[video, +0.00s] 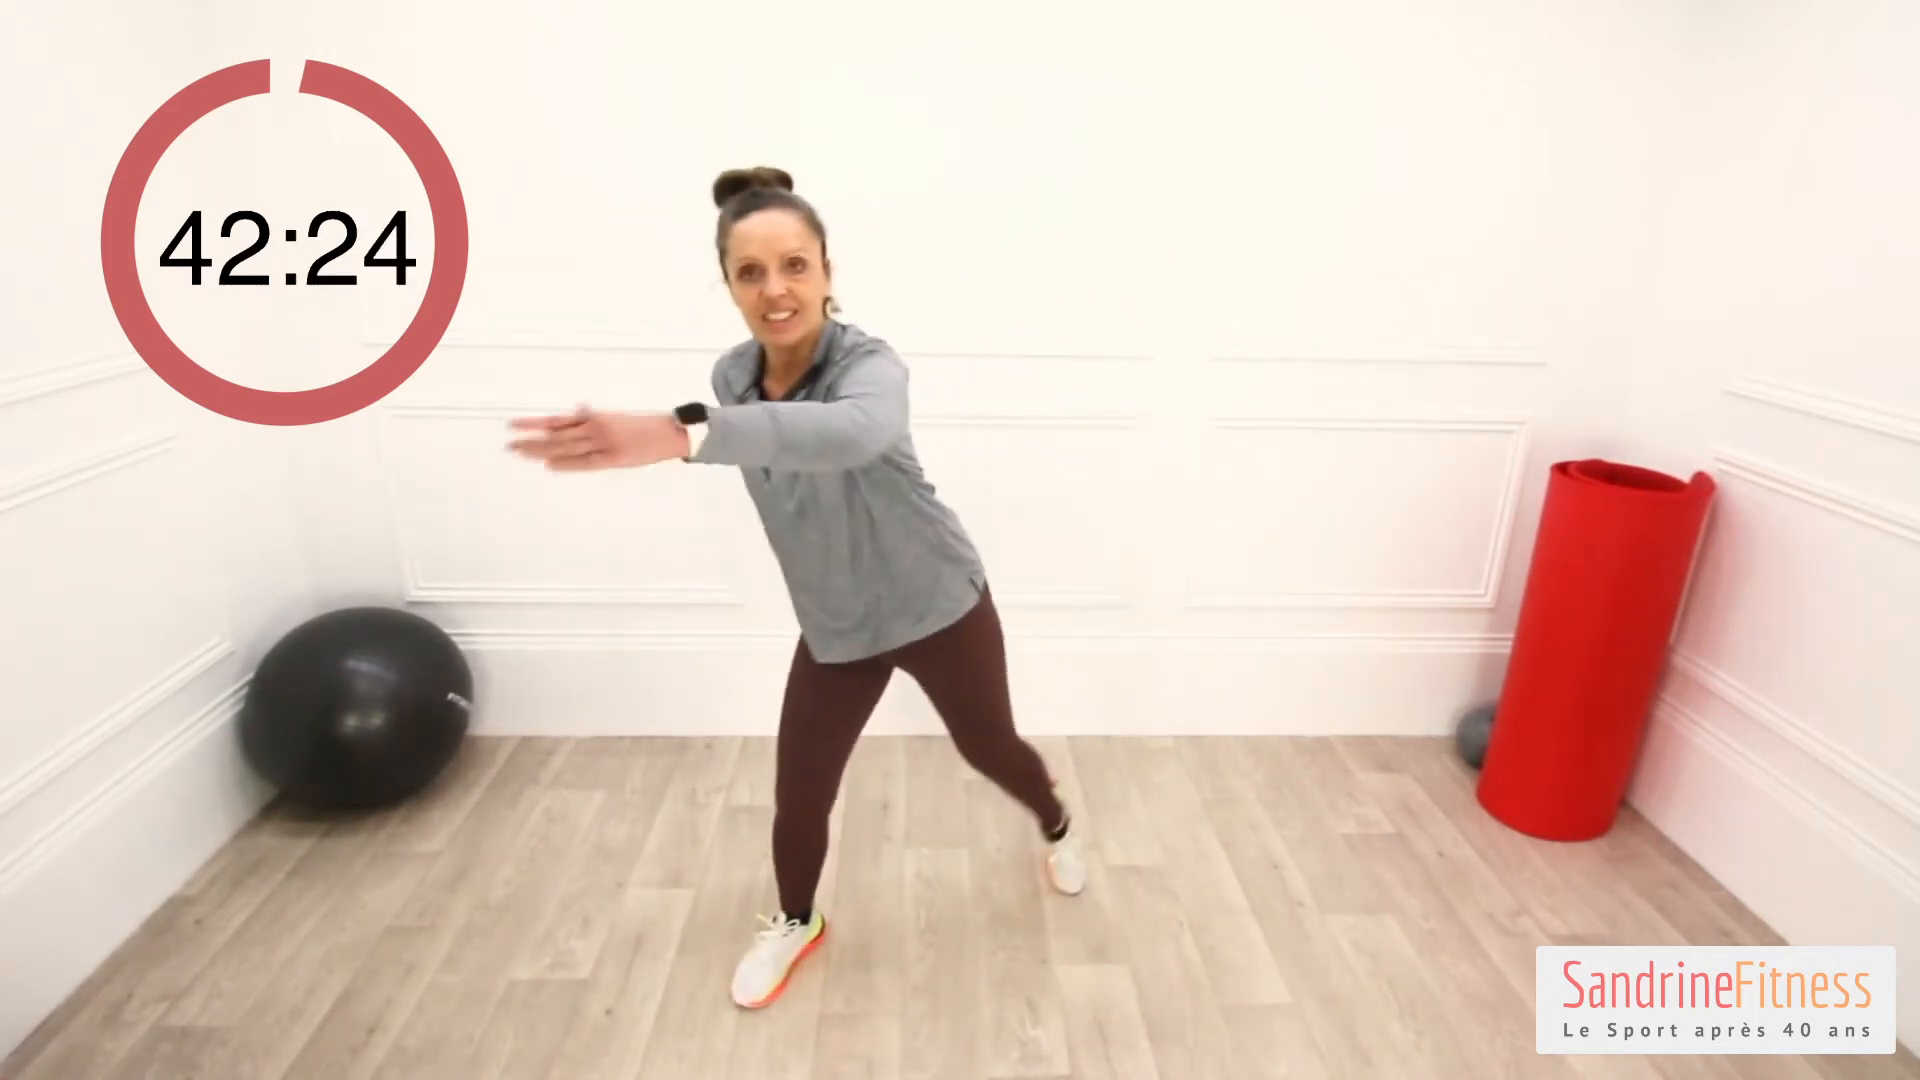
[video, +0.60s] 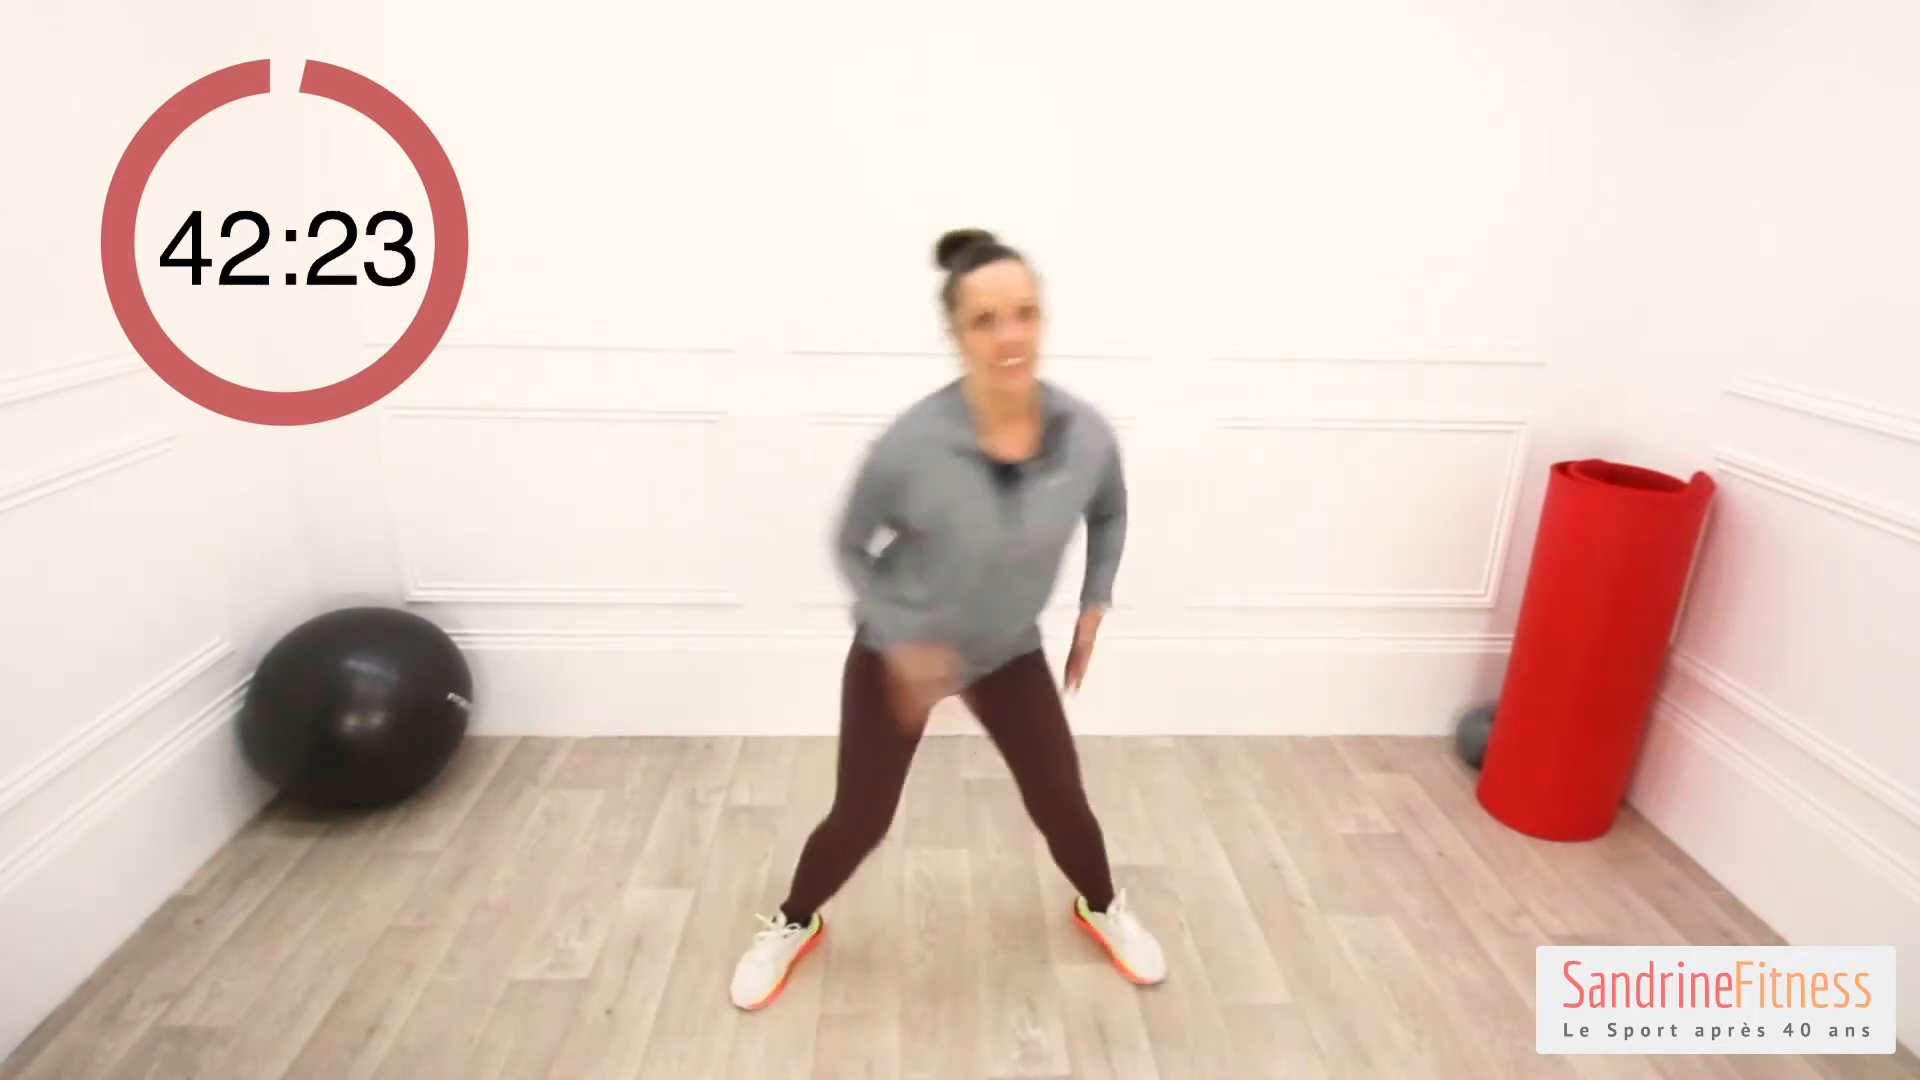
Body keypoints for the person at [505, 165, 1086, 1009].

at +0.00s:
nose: (776, 291)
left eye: (794, 266)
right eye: (751, 273)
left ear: (827, 274)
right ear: (729, 291)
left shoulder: (869, 364)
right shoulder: (733, 377)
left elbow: (866, 431)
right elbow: (765, 457)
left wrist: (687, 432)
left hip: (936, 604)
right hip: (836, 623)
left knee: (992, 751)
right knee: (800, 794)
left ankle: (1058, 824)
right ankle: (797, 921)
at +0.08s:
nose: (774, 301)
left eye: (792, 277)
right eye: (749, 285)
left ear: (826, 287)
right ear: (728, 304)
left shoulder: (867, 378)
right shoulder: (732, 387)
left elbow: (861, 448)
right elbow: (764, 469)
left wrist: (699, 460)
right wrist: (643, 476)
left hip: (932, 612)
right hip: (830, 630)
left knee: (985, 756)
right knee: (796, 803)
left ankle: (1051, 828)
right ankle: (797, 923)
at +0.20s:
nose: (787, 292)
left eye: (805, 268)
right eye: (762, 275)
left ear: (836, 275)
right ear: (740, 292)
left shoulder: (884, 384)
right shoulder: (733, 382)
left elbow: (943, 495)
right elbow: (786, 499)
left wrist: (828, 568)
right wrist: (796, 570)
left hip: (938, 603)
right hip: (834, 620)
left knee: (999, 745)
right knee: (805, 793)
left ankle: (1064, 829)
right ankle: (796, 921)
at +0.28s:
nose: (812, 291)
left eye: (831, 266)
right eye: (787, 272)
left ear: (861, 272)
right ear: (763, 288)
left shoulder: (914, 392)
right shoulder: (738, 380)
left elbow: (1023, 518)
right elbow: (790, 498)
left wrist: (926, 623)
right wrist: (842, 595)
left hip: (942, 599)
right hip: (835, 614)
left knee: (1010, 746)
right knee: (811, 791)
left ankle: (1073, 848)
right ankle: (795, 922)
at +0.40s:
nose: (882, 317)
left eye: (899, 293)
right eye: (858, 299)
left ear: (924, 301)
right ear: (831, 314)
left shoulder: (980, 424)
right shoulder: (788, 406)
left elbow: (1095, 532)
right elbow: (747, 434)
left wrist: (1037, 641)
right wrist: (767, 535)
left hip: (965, 636)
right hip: (851, 639)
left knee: (1031, 786)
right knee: (821, 810)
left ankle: (1089, 894)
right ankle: (794, 923)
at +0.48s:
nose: (914, 331)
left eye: (930, 307)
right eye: (889, 313)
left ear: (954, 315)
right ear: (861, 330)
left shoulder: (1006, 435)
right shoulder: (812, 423)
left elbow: (1105, 533)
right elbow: (767, 461)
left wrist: (1055, 642)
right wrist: (775, 562)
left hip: (972, 649)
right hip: (859, 651)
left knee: (1034, 794)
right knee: (835, 821)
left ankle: (1095, 899)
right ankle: (794, 924)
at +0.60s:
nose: (1011, 338)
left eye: (1024, 315)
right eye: (986, 322)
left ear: (1044, 322)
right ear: (955, 337)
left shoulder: (1084, 437)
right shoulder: (911, 445)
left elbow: (1108, 518)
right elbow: (849, 546)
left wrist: (1093, 608)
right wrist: (897, 637)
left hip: (1007, 645)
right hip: (902, 643)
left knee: (1061, 804)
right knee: (864, 816)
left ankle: (1102, 909)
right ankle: (792, 925)